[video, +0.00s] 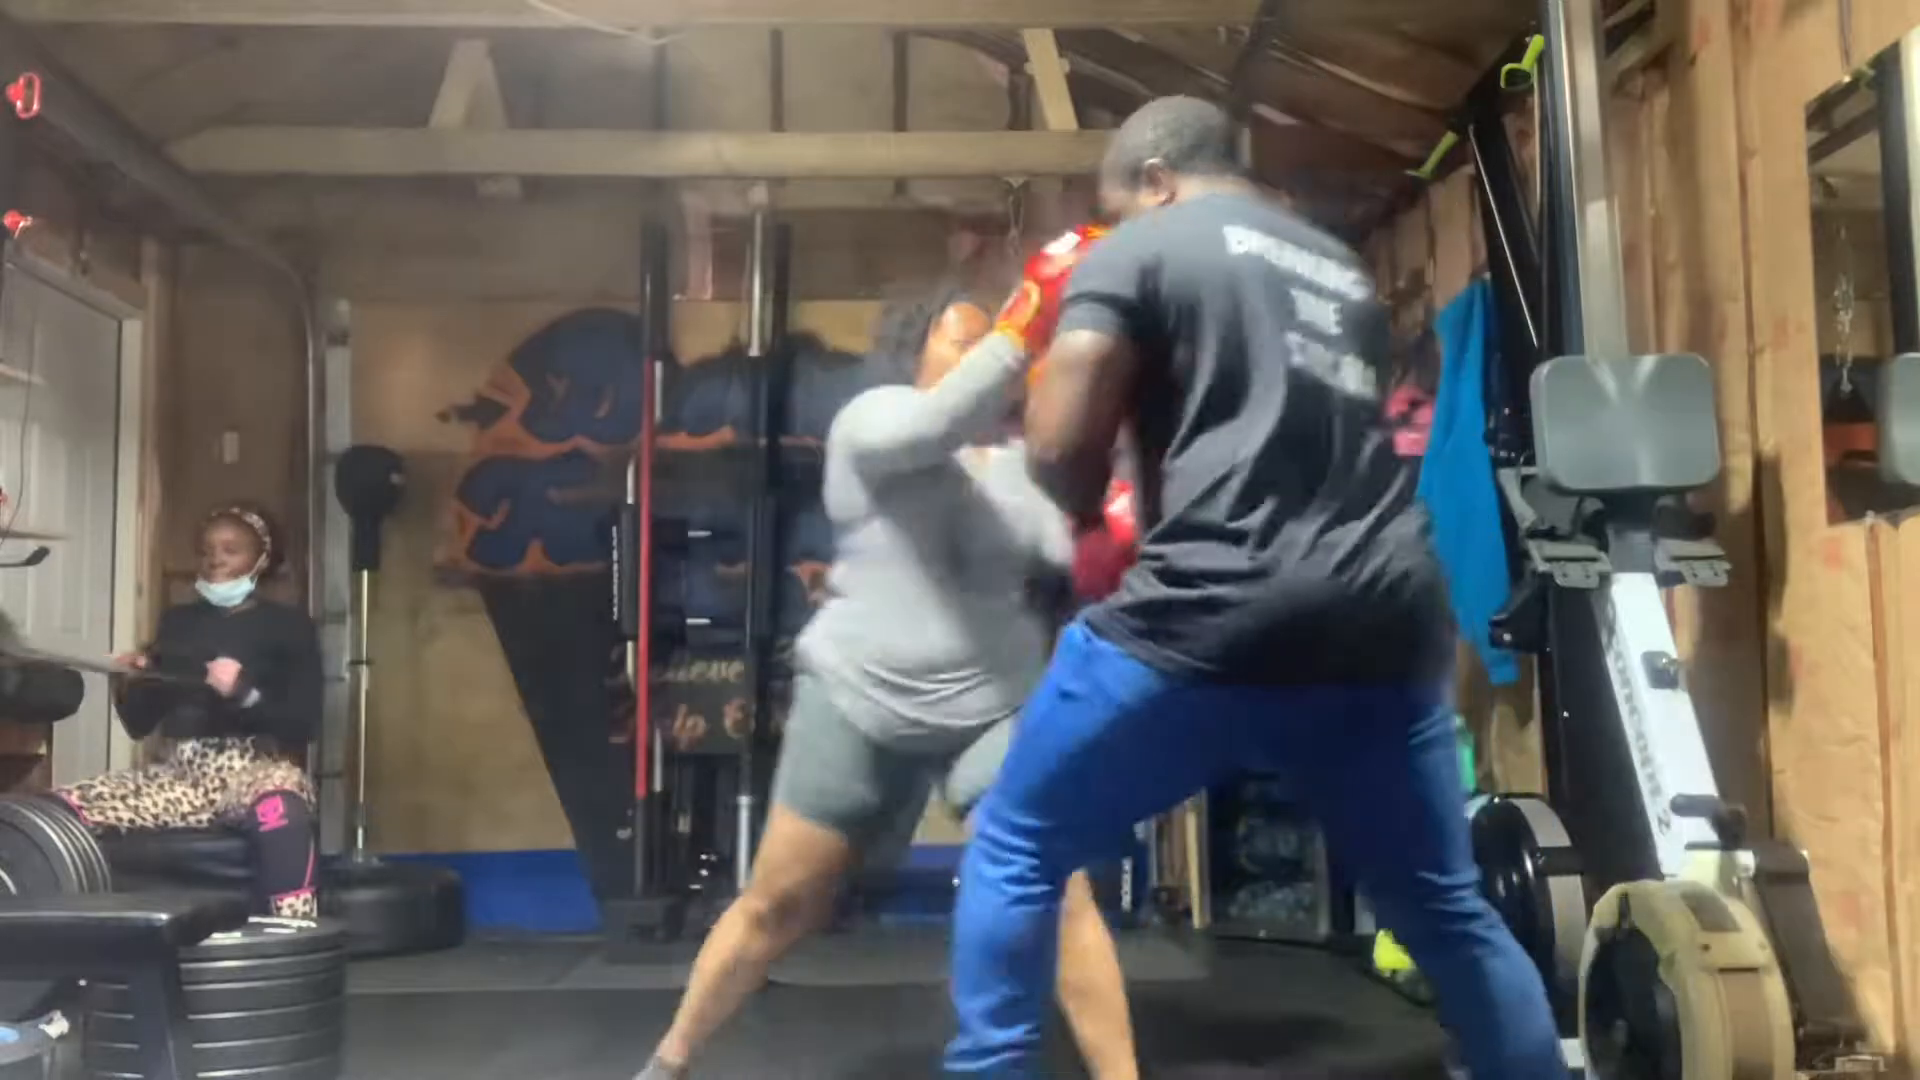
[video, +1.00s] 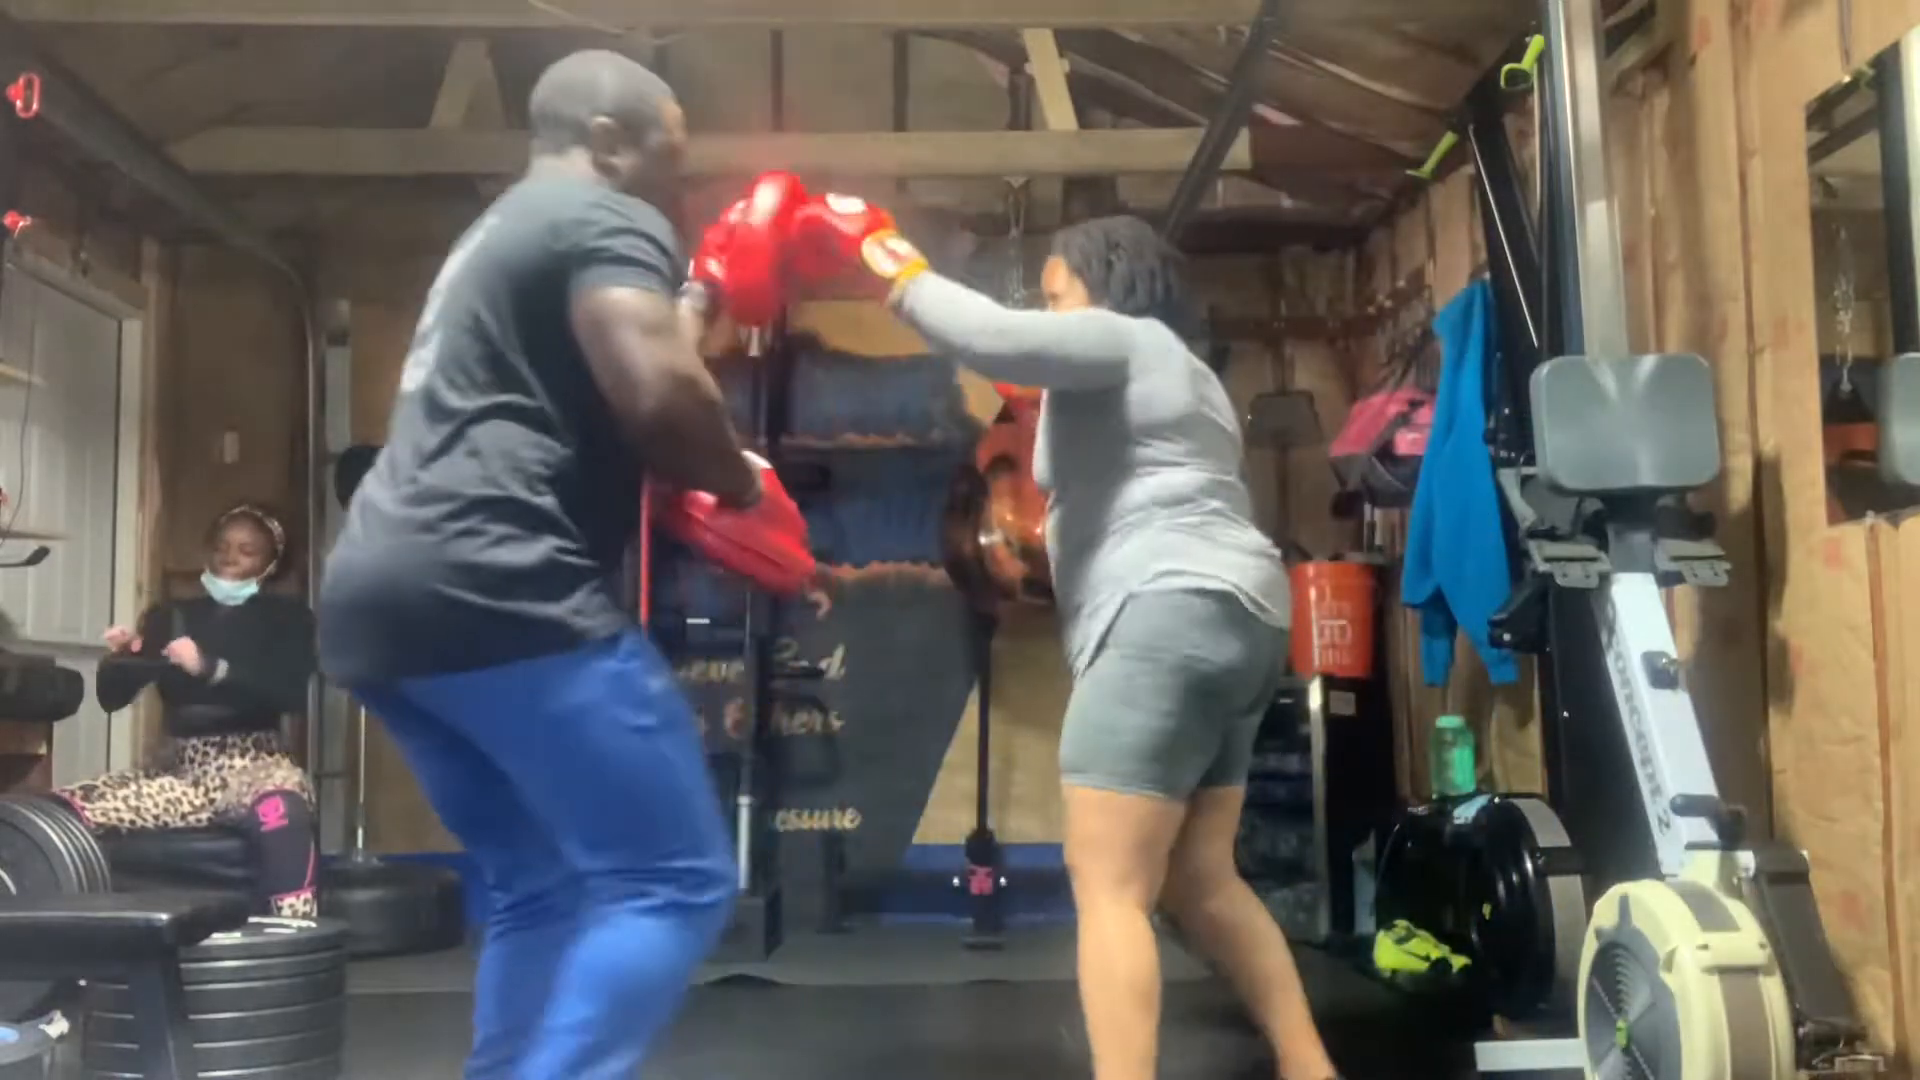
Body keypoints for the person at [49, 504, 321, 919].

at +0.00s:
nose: (214, 561)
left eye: (230, 551)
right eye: (207, 551)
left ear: (260, 560)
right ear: (198, 556)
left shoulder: (288, 624)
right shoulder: (179, 621)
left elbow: (301, 723)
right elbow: (140, 723)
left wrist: (243, 691)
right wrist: (130, 681)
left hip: (255, 772)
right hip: (173, 772)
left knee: (281, 810)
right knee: (60, 809)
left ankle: (296, 947)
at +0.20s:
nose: (216, 562)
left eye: (231, 552)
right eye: (208, 551)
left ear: (260, 560)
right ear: (199, 555)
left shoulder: (290, 624)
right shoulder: (177, 621)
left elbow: (291, 713)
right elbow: (137, 720)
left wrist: (229, 688)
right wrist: (127, 679)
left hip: (258, 770)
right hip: (175, 771)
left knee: (282, 810)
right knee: (59, 809)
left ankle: (296, 946)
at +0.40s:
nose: (216, 554)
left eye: (231, 546)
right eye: (209, 545)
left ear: (259, 559)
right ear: (198, 551)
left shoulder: (280, 613)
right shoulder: (171, 614)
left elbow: (271, 686)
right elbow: (110, 688)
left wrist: (194, 654)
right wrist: (102, 662)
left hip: (253, 771)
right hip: (174, 773)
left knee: (280, 814)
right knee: (61, 811)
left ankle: (296, 948)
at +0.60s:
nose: (221, 554)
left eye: (238, 547)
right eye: (215, 544)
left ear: (263, 565)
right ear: (204, 550)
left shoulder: (282, 612)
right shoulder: (174, 612)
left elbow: (286, 692)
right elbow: (108, 694)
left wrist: (209, 664)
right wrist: (112, 652)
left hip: (254, 770)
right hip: (175, 772)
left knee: (281, 810)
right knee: (61, 811)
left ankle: (296, 948)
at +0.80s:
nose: (226, 559)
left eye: (242, 551)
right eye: (218, 547)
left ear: (266, 565)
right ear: (206, 552)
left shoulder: (288, 619)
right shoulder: (179, 615)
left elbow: (308, 721)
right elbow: (144, 723)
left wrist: (251, 693)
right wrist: (140, 684)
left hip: (256, 767)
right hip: (177, 770)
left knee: (281, 812)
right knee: (60, 809)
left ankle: (297, 948)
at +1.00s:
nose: (231, 558)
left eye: (247, 550)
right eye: (223, 546)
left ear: (269, 564)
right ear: (210, 549)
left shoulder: (286, 615)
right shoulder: (174, 615)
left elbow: (289, 692)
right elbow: (111, 697)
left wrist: (209, 668)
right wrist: (121, 659)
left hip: (257, 769)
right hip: (177, 772)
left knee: (283, 811)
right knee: (60, 810)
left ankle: (296, 945)